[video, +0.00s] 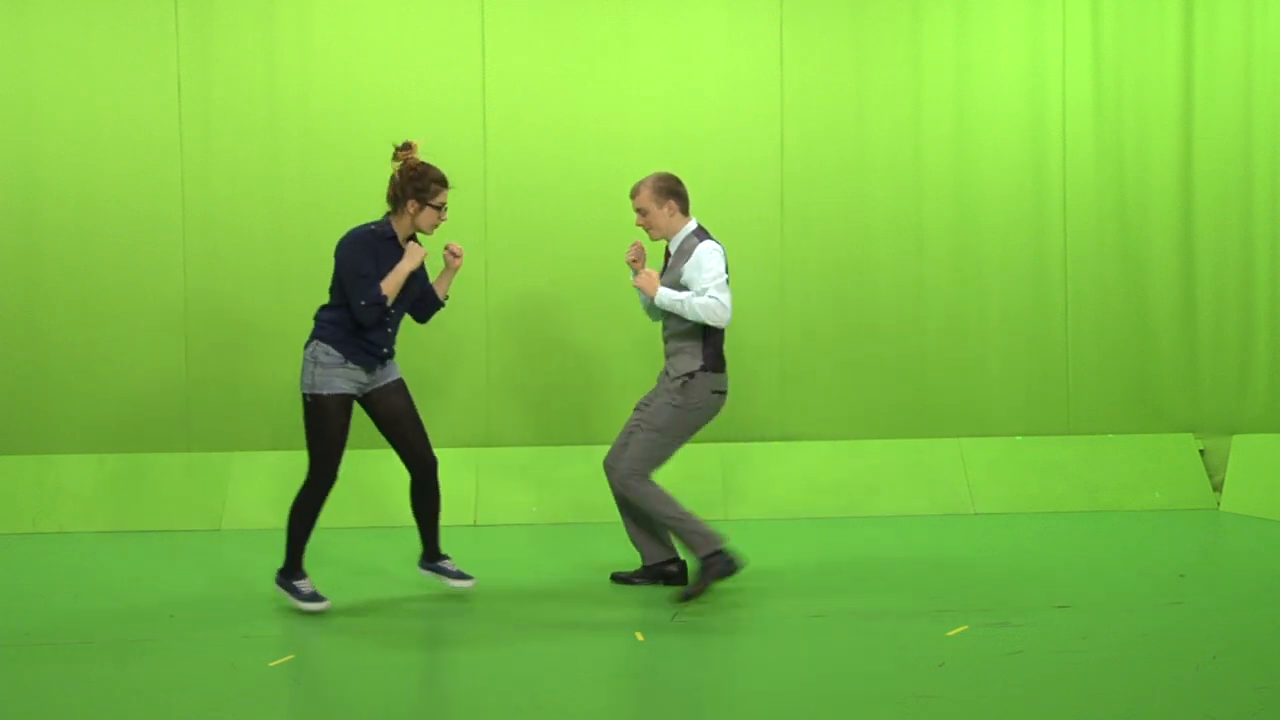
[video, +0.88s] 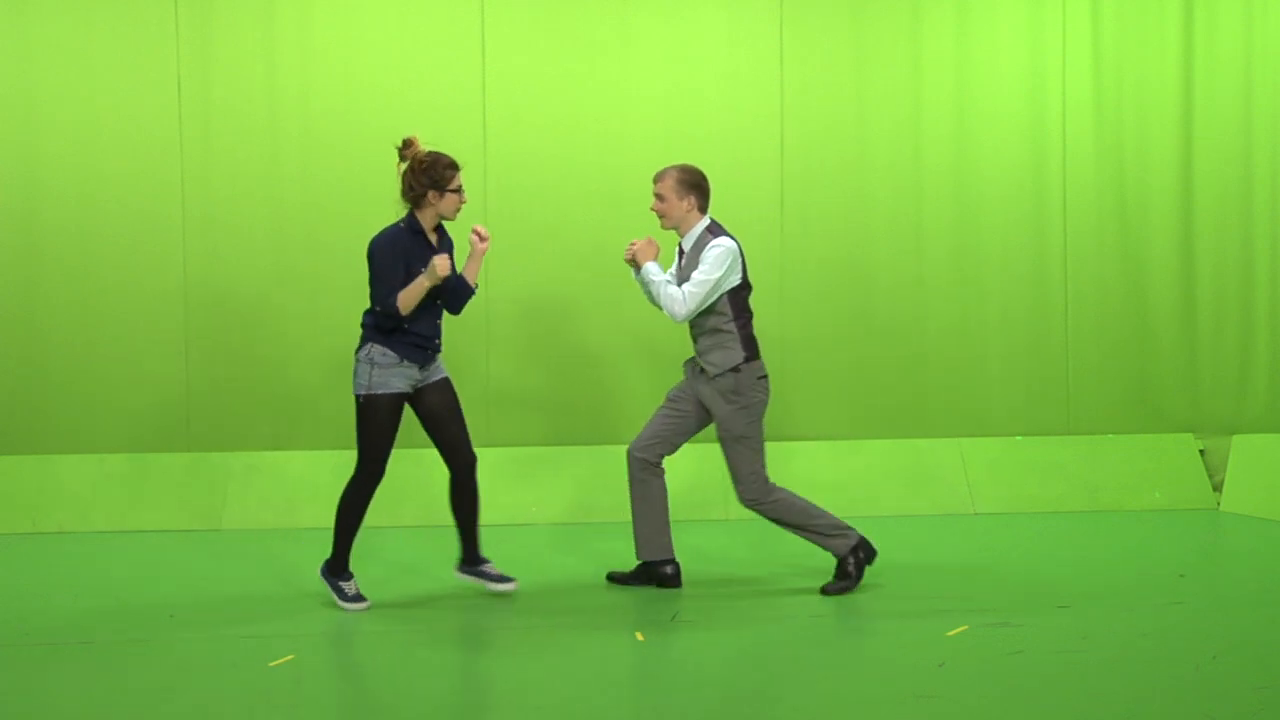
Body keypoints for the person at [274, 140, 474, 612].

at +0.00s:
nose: (443, 217)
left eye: (444, 209)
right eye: (438, 209)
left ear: (412, 205)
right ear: (410, 205)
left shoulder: (408, 252)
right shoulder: (358, 244)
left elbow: (423, 310)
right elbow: (367, 310)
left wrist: (450, 273)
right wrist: (406, 266)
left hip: (379, 367)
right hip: (332, 361)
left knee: (423, 462)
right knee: (323, 472)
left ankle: (432, 556)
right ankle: (290, 571)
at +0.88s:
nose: (463, 199)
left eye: (462, 191)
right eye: (457, 192)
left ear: (439, 195)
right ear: (431, 196)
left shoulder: (441, 239)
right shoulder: (388, 243)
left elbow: (455, 302)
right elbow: (391, 309)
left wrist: (475, 257)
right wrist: (429, 279)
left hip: (427, 364)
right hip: (383, 362)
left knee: (463, 460)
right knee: (370, 470)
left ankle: (472, 559)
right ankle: (336, 567)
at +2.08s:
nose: (538, 225)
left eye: (537, 217)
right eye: (531, 219)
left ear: (511, 224)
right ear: (505, 224)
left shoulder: (516, 257)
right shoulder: (476, 270)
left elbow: (562, 255)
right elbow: (481, 332)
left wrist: (575, 213)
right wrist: (534, 310)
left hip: (507, 374)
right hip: (493, 374)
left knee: (538, 474)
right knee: (587, 324)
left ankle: (524, 571)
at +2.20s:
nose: (534, 221)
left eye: (534, 213)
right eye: (528, 215)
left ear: (506, 218)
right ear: (502, 219)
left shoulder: (507, 255)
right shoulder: (478, 265)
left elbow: (546, 266)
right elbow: (489, 328)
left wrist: (567, 232)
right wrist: (540, 299)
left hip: (518, 373)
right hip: (505, 371)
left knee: (544, 473)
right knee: (586, 304)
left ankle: (525, 570)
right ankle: (660, 375)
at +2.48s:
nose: (536, 197)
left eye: (536, 190)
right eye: (530, 191)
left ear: (508, 198)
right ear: (505, 198)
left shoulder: (512, 240)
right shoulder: (483, 243)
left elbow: (536, 271)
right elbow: (490, 301)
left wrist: (540, 230)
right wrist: (522, 251)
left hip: (509, 360)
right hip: (496, 361)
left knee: (523, 467)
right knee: (569, 446)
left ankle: (524, 567)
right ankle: (489, 511)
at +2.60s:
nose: (538, 204)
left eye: (538, 196)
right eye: (531, 197)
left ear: (511, 205)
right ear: (508, 204)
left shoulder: (512, 245)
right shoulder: (489, 248)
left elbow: (531, 284)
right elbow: (514, 292)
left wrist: (537, 239)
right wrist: (528, 238)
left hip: (512, 370)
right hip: (490, 369)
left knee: (537, 468)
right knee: (499, 478)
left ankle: (526, 567)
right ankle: (412, 533)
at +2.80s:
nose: (539, 235)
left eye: (540, 227)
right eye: (532, 227)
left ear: (519, 232)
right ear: (505, 231)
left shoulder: (513, 278)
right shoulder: (484, 275)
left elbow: (530, 336)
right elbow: (513, 334)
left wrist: (543, 294)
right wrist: (543, 288)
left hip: (496, 400)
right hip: (463, 398)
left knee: (549, 475)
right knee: (423, 486)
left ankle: (526, 569)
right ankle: (359, 556)